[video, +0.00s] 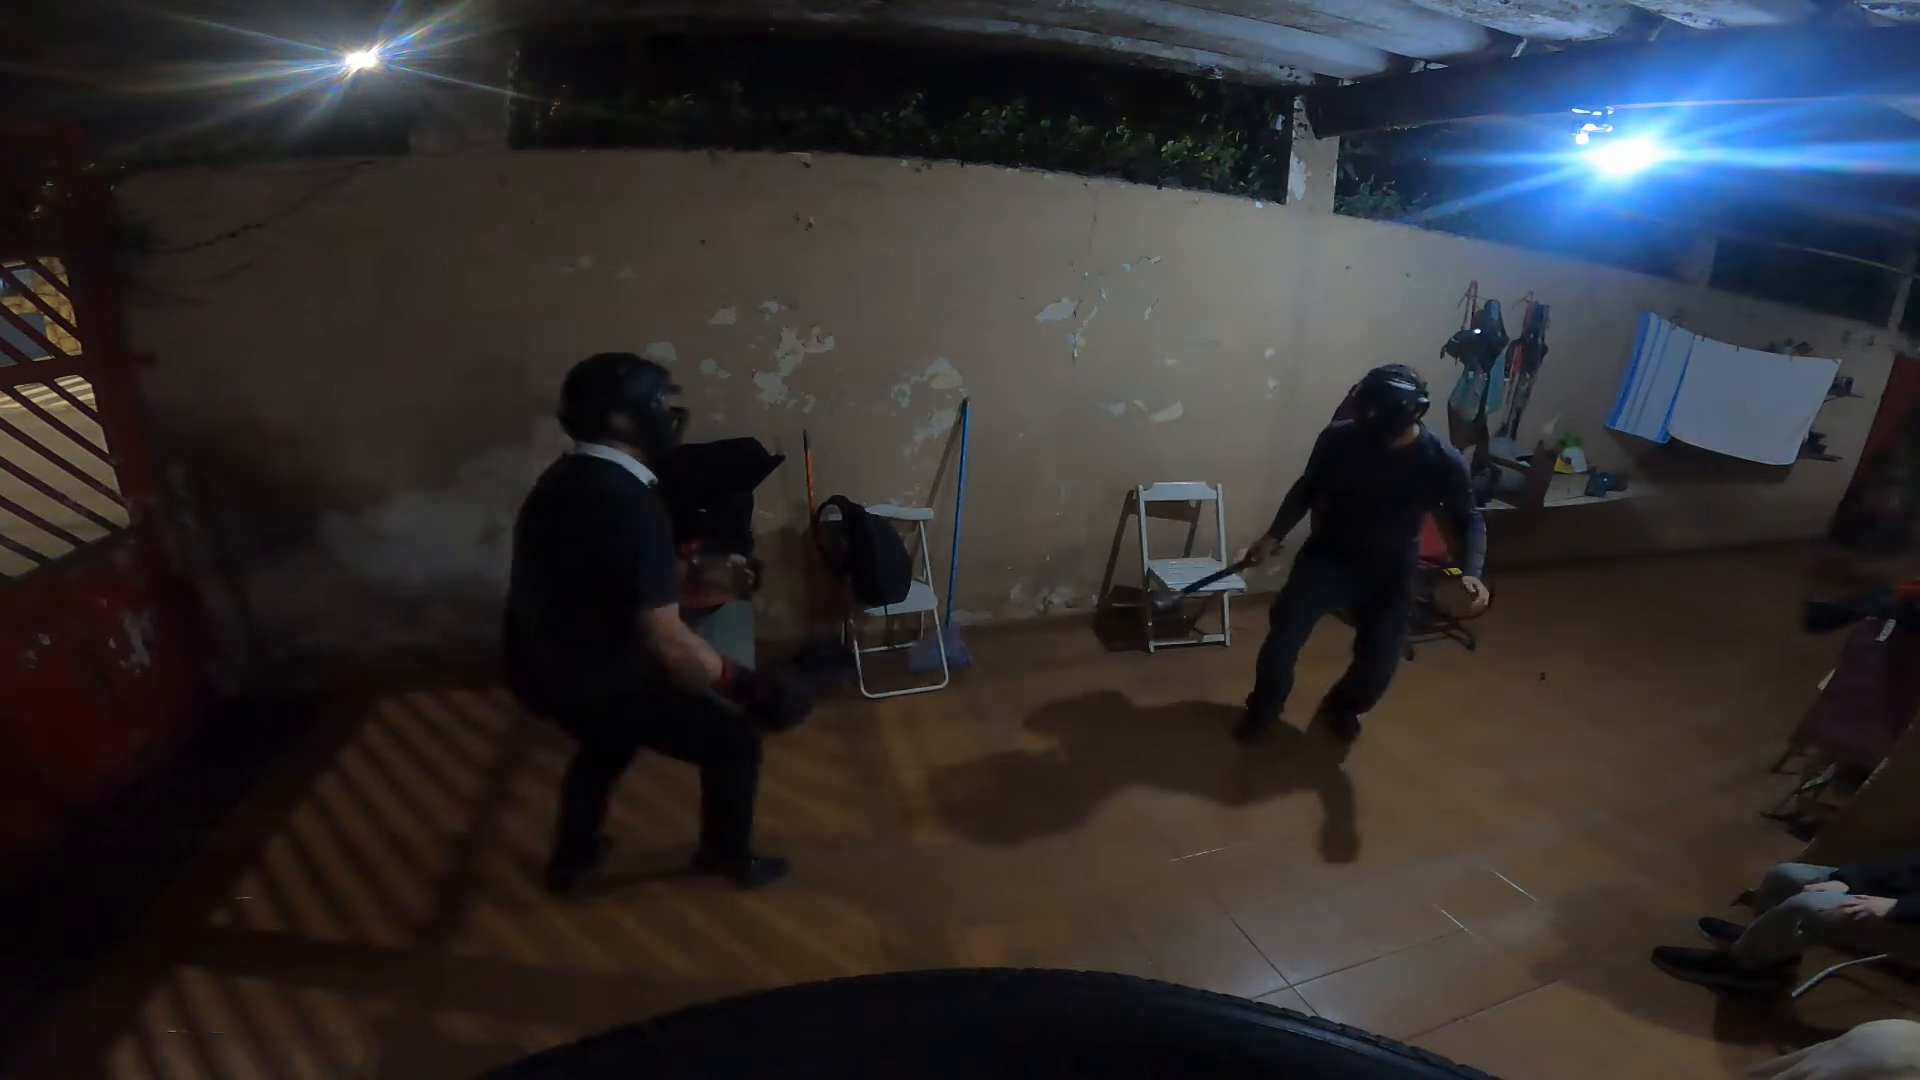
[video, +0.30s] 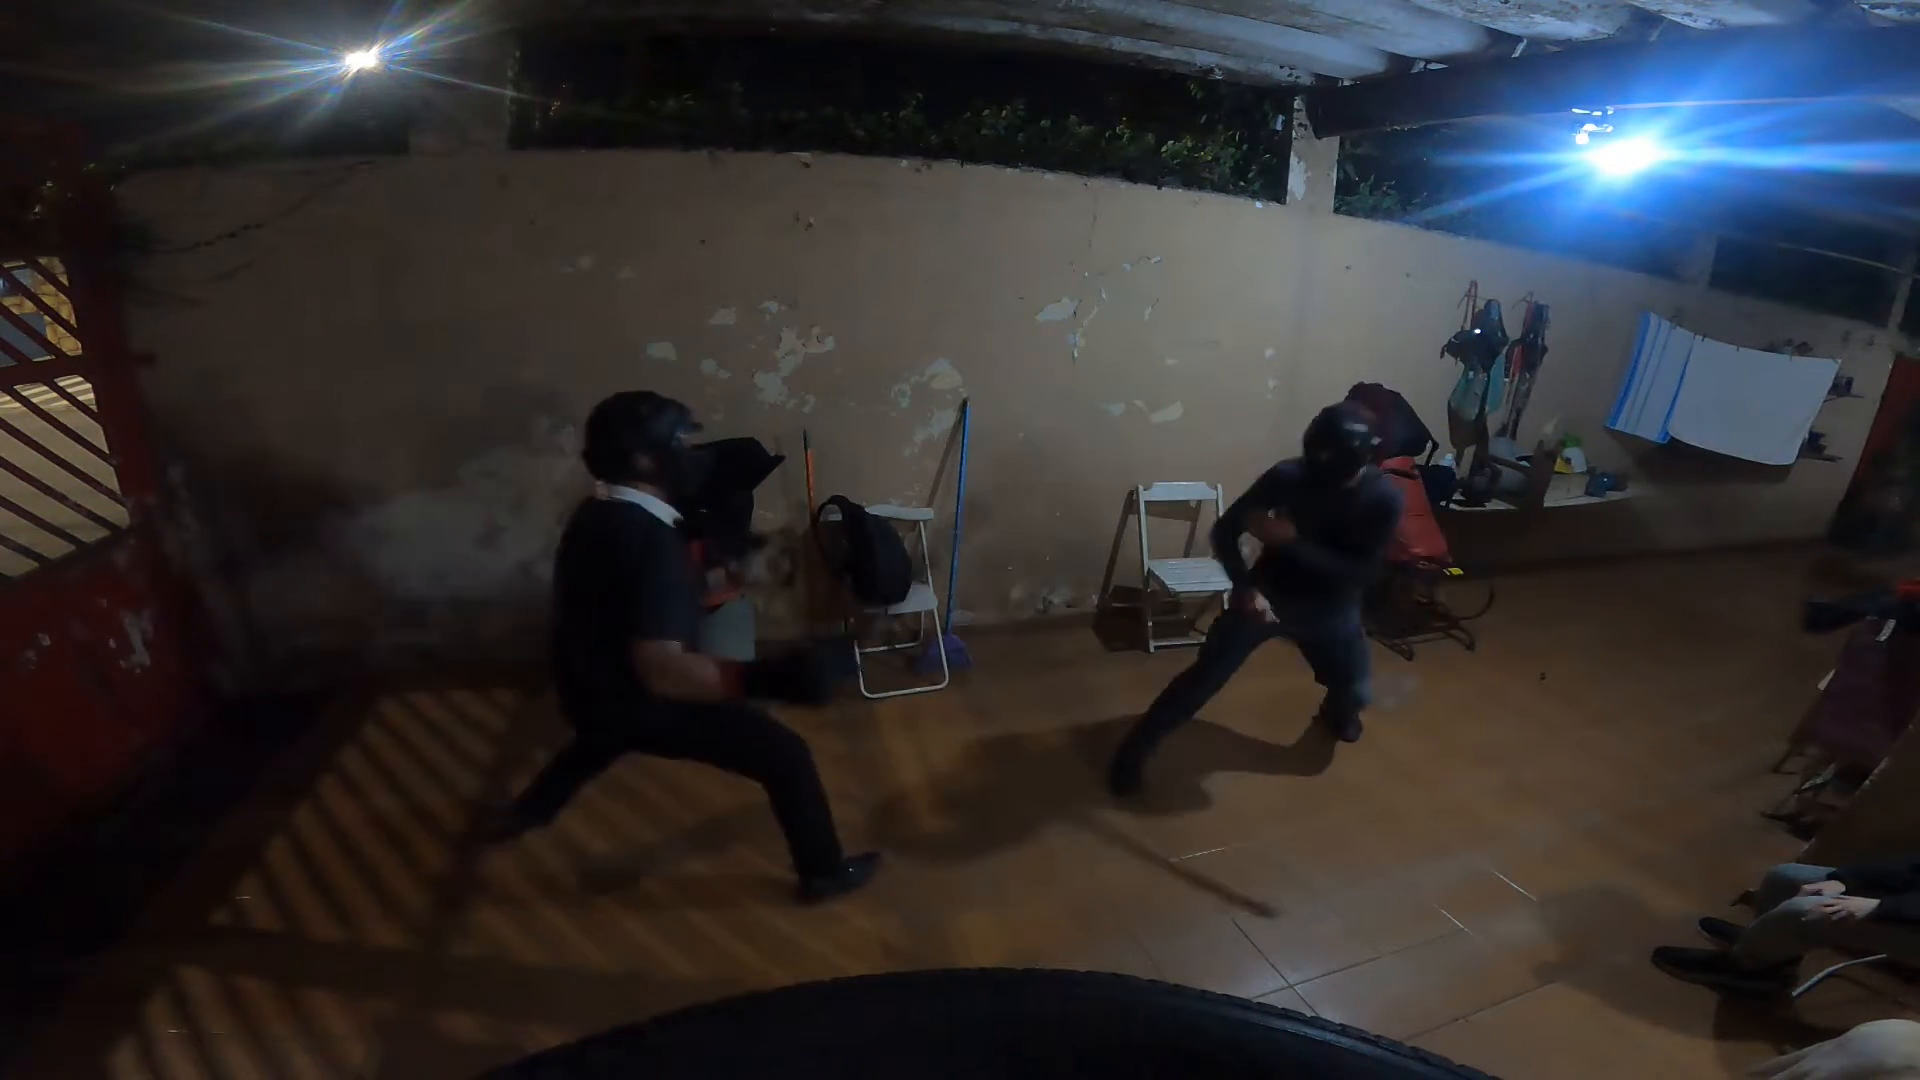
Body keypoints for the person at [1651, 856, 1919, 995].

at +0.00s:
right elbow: (1911, 866)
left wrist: (1898, 908)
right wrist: (1849, 881)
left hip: (1910, 926)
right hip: (1900, 894)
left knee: (1803, 908)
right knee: (1785, 877)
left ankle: (1739, 962)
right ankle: (1762, 946)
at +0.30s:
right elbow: (1911, 869)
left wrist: (1878, 908)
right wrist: (1847, 881)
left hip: (1911, 924)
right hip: (1899, 893)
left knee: (1799, 912)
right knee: (1783, 878)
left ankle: (1737, 963)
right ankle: (1766, 954)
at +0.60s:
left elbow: (1914, 911)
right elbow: (1910, 869)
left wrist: (1858, 906)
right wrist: (1845, 881)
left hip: (1910, 925)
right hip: (1900, 891)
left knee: (1797, 915)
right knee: (1782, 879)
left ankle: (1740, 963)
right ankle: (1763, 950)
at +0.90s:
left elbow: (1913, 915)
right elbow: (1909, 868)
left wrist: (1856, 909)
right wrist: (1842, 883)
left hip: (1911, 927)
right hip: (1902, 891)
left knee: (1801, 914)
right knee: (1783, 879)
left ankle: (1742, 963)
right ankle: (1757, 943)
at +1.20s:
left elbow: (1913, 916)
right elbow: (1910, 870)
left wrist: (1857, 909)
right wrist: (1844, 883)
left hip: (1910, 930)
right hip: (1903, 891)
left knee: (1800, 914)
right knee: (1783, 880)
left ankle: (1741, 962)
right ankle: (1756, 944)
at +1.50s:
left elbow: (1913, 915)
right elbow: (1910, 870)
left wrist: (1857, 909)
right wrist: (1844, 882)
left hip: (1911, 927)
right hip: (1904, 890)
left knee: (1800, 914)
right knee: (1783, 880)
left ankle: (1742, 963)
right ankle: (1756, 945)